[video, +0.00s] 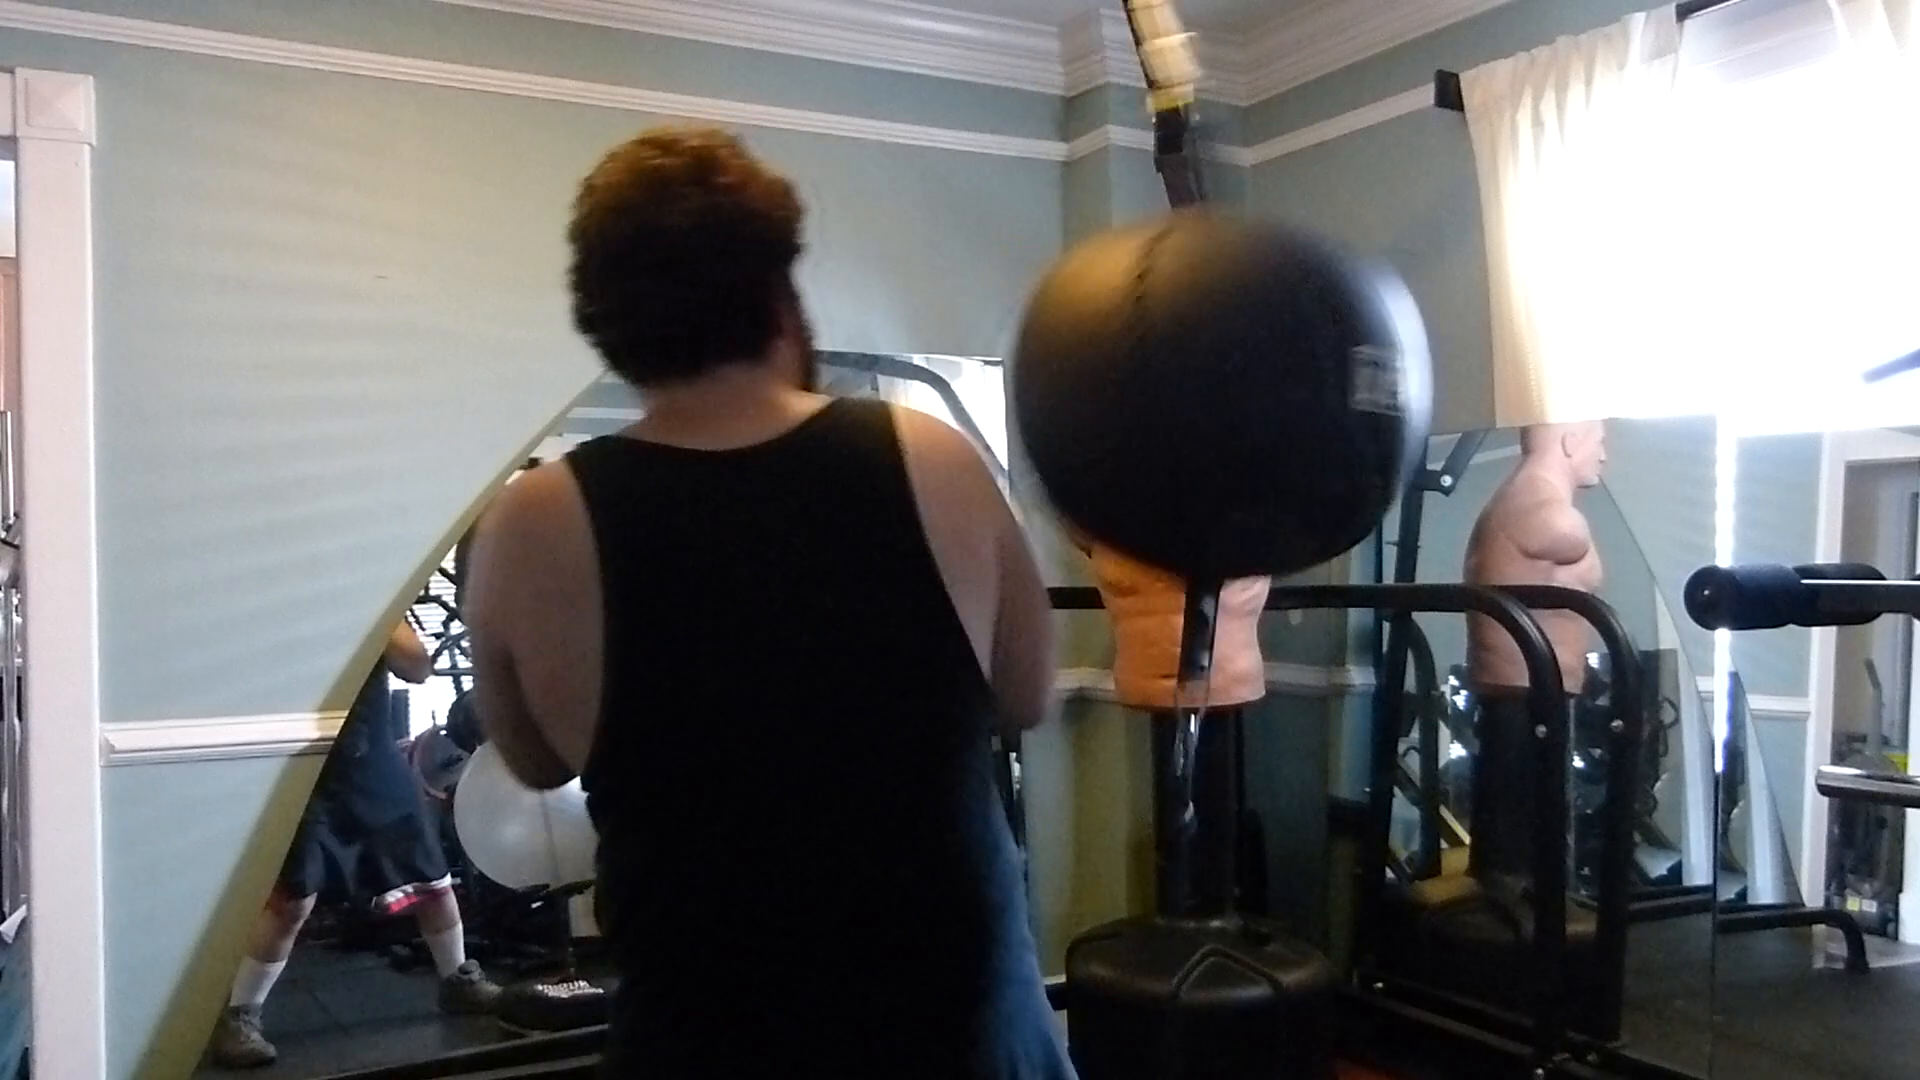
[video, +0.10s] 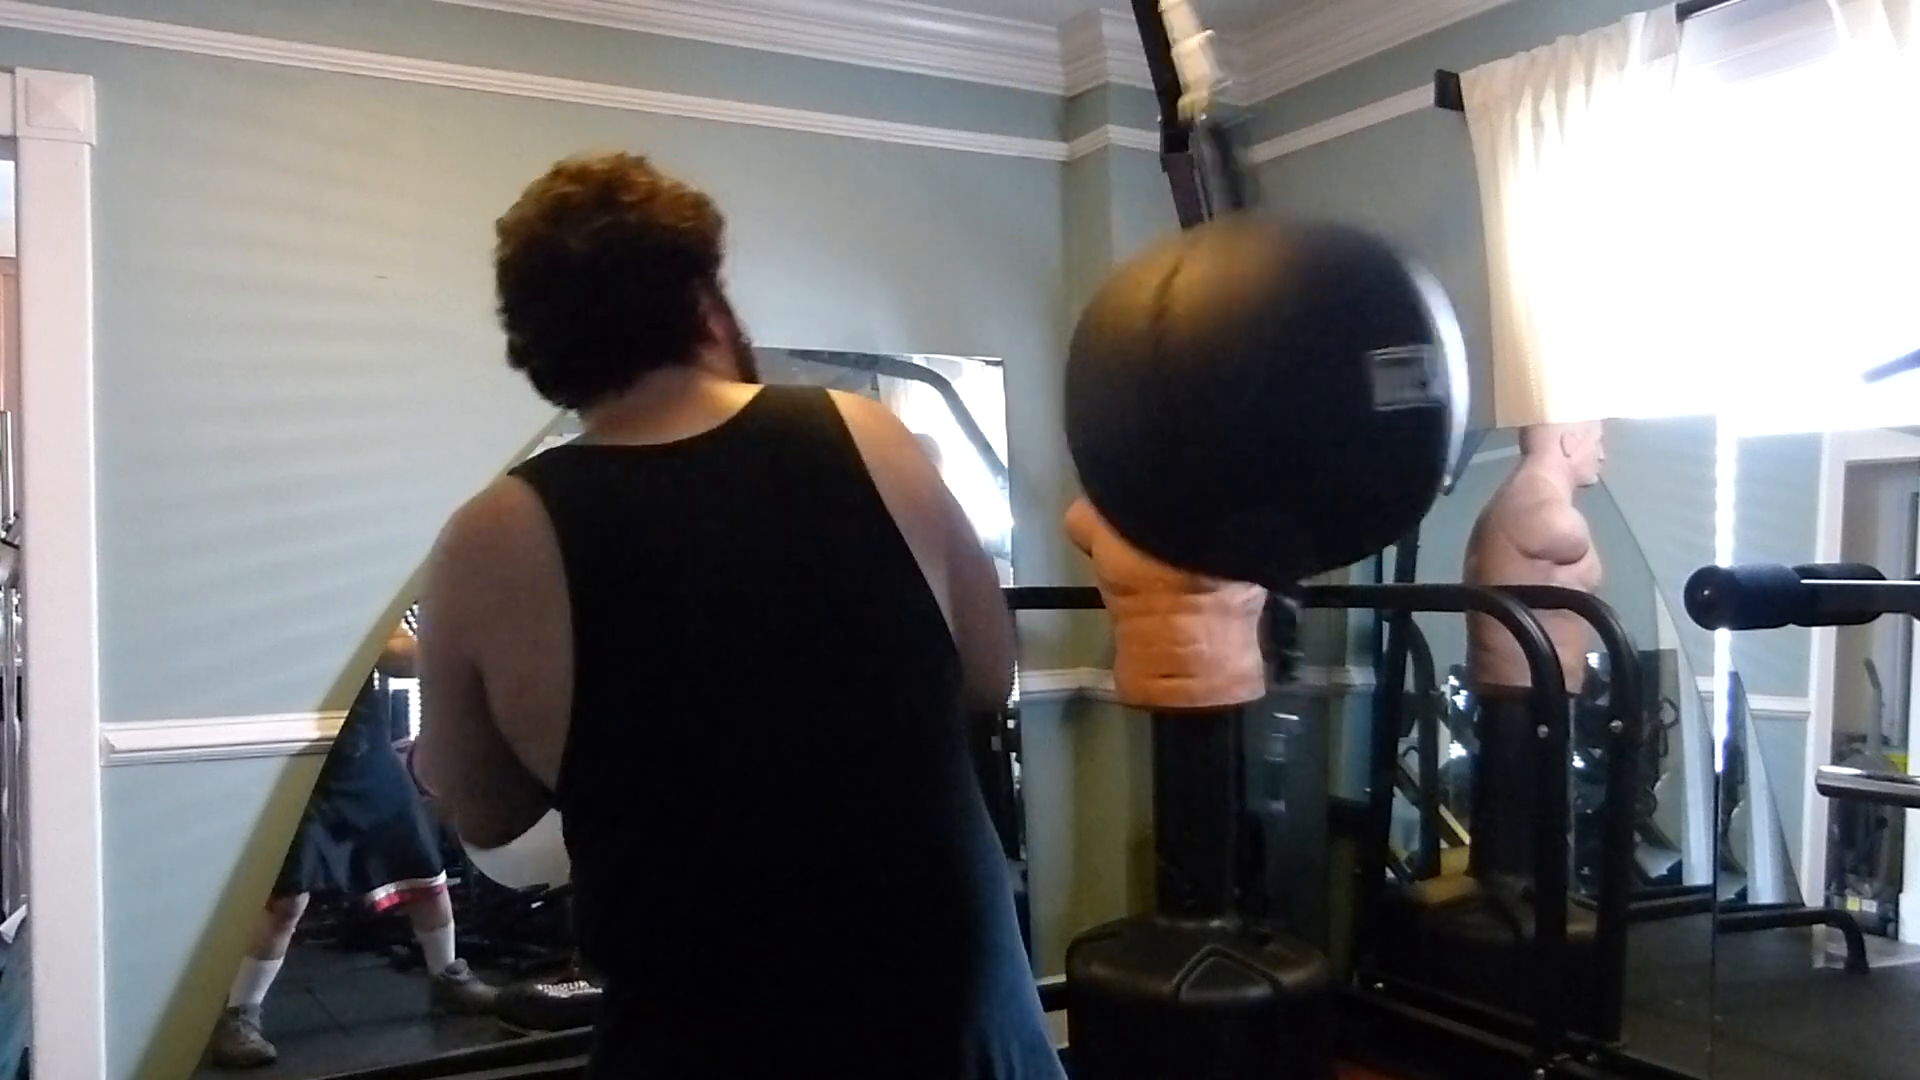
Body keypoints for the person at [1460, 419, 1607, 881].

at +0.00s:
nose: (1605, 454)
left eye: (1604, 439)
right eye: (1599, 438)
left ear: (1557, 440)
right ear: (1568, 441)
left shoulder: (1511, 499)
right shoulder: (1541, 498)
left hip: (1509, 696)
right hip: (1530, 699)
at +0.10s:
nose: (1603, 455)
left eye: (1602, 441)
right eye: (1597, 439)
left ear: (1556, 441)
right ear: (1566, 441)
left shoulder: (1510, 500)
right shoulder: (1540, 502)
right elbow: (1591, 575)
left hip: (1508, 694)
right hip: (1530, 698)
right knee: (1530, 813)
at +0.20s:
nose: (1604, 454)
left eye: (1603, 441)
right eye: (1598, 439)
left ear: (1557, 441)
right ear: (1567, 441)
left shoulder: (1512, 497)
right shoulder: (1538, 494)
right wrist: (1586, 551)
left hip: (1510, 691)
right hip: (1530, 695)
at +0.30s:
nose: (1603, 454)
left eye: (1602, 440)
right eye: (1597, 438)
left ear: (1557, 441)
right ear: (1566, 441)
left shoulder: (1514, 497)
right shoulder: (1538, 497)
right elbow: (1592, 574)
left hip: (1510, 689)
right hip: (1528, 693)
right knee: (1527, 799)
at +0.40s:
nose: (1603, 455)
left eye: (1602, 440)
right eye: (1597, 439)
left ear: (1557, 441)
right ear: (1566, 441)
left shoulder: (1515, 496)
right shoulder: (1538, 498)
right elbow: (1592, 573)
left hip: (1511, 690)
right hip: (1528, 694)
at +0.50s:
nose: (1603, 454)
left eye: (1603, 440)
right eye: (1598, 438)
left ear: (1557, 441)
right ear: (1567, 441)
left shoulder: (1512, 499)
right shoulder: (1540, 498)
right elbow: (1592, 574)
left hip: (1510, 696)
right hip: (1529, 700)